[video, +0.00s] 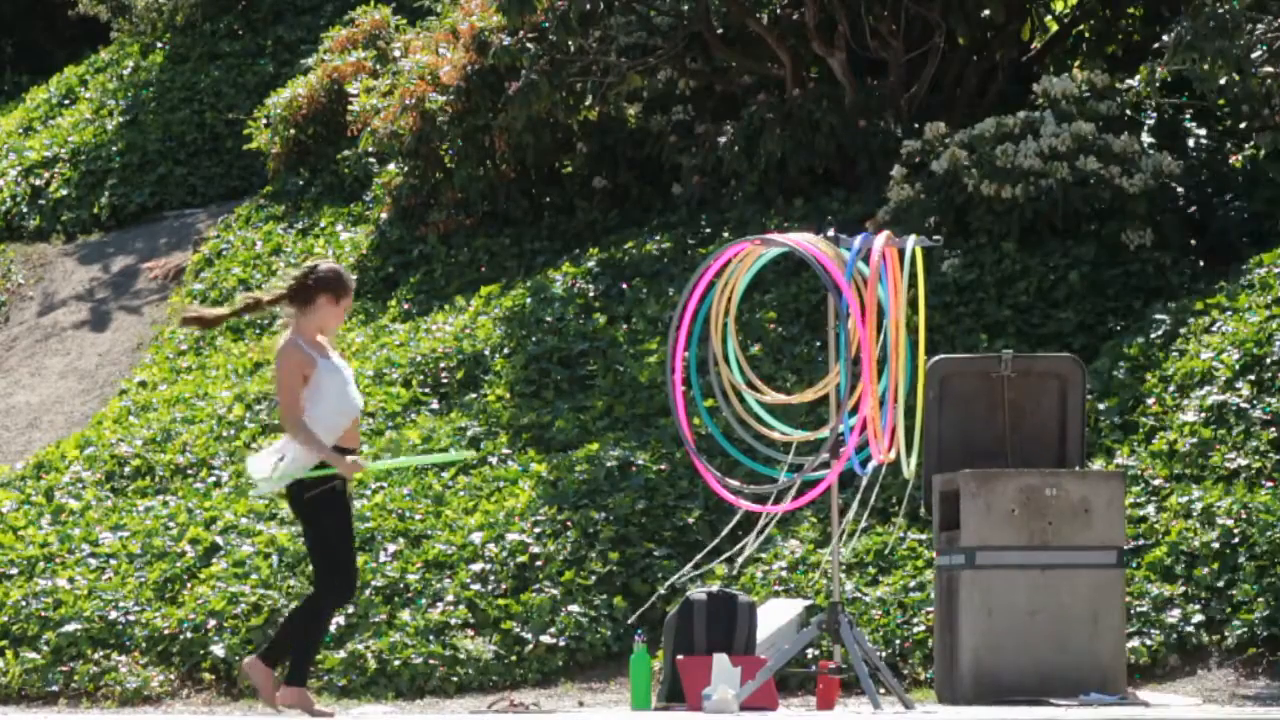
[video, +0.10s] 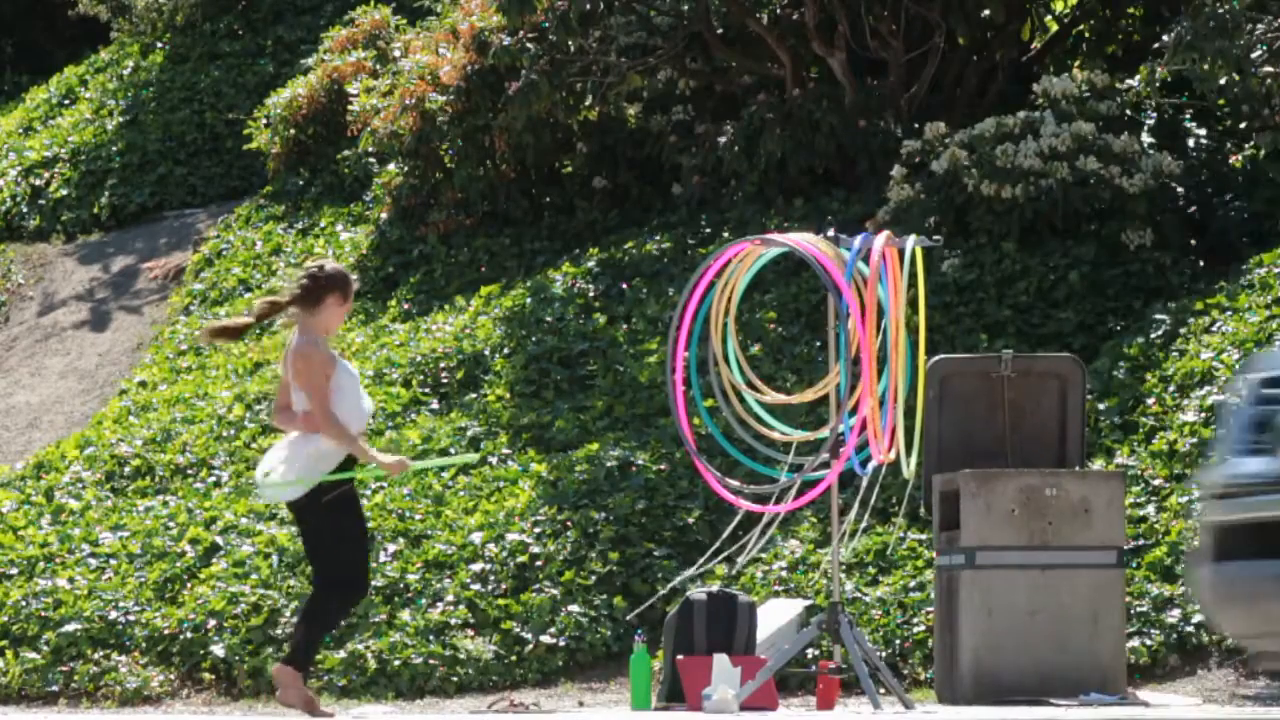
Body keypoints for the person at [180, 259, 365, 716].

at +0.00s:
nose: (346, 314)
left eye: (347, 306)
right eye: (343, 305)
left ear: (322, 303)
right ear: (320, 301)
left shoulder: (320, 345)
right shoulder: (294, 351)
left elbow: (321, 410)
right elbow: (290, 419)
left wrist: (347, 449)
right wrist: (333, 458)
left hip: (329, 476)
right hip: (312, 479)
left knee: (336, 583)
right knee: (337, 583)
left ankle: (294, 684)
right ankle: (265, 663)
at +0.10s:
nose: (349, 311)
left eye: (350, 302)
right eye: (346, 302)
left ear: (315, 301)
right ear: (327, 301)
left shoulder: (296, 347)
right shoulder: (313, 351)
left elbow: (281, 415)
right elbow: (324, 420)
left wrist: (329, 429)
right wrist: (374, 457)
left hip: (308, 480)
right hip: (325, 481)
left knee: (332, 577)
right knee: (351, 580)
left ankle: (295, 674)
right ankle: (292, 668)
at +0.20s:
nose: (351, 308)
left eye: (351, 299)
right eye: (350, 299)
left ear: (315, 298)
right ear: (339, 299)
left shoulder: (293, 347)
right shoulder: (333, 348)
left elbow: (271, 411)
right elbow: (358, 420)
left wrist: (315, 422)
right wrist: (413, 457)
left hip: (301, 484)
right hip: (342, 481)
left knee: (322, 581)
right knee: (356, 579)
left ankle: (293, 684)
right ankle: (334, 669)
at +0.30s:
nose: (353, 302)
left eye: (350, 297)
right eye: (352, 296)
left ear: (308, 300)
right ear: (346, 300)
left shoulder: (291, 347)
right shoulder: (360, 350)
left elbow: (270, 412)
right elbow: (389, 418)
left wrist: (329, 421)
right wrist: (435, 454)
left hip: (299, 480)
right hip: (351, 479)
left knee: (317, 580)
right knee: (359, 584)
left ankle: (293, 683)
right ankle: (377, 677)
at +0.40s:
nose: (307, 304)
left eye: (307, 297)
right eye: (310, 297)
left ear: (314, 298)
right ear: (350, 295)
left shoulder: (297, 344)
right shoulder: (377, 344)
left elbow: (277, 410)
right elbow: (411, 409)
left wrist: (340, 420)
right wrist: (446, 452)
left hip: (306, 471)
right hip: (363, 470)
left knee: (316, 577)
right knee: (366, 583)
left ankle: (292, 682)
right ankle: (405, 679)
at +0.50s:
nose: (309, 307)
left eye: (310, 299)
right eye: (309, 299)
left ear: (324, 298)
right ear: (353, 295)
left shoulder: (306, 343)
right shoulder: (393, 344)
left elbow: (296, 410)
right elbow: (426, 410)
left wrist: (362, 422)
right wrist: (447, 454)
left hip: (312, 468)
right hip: (369, 470)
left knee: (314, 580)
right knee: (378, 585)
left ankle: (293, 684)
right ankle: (419, 682)